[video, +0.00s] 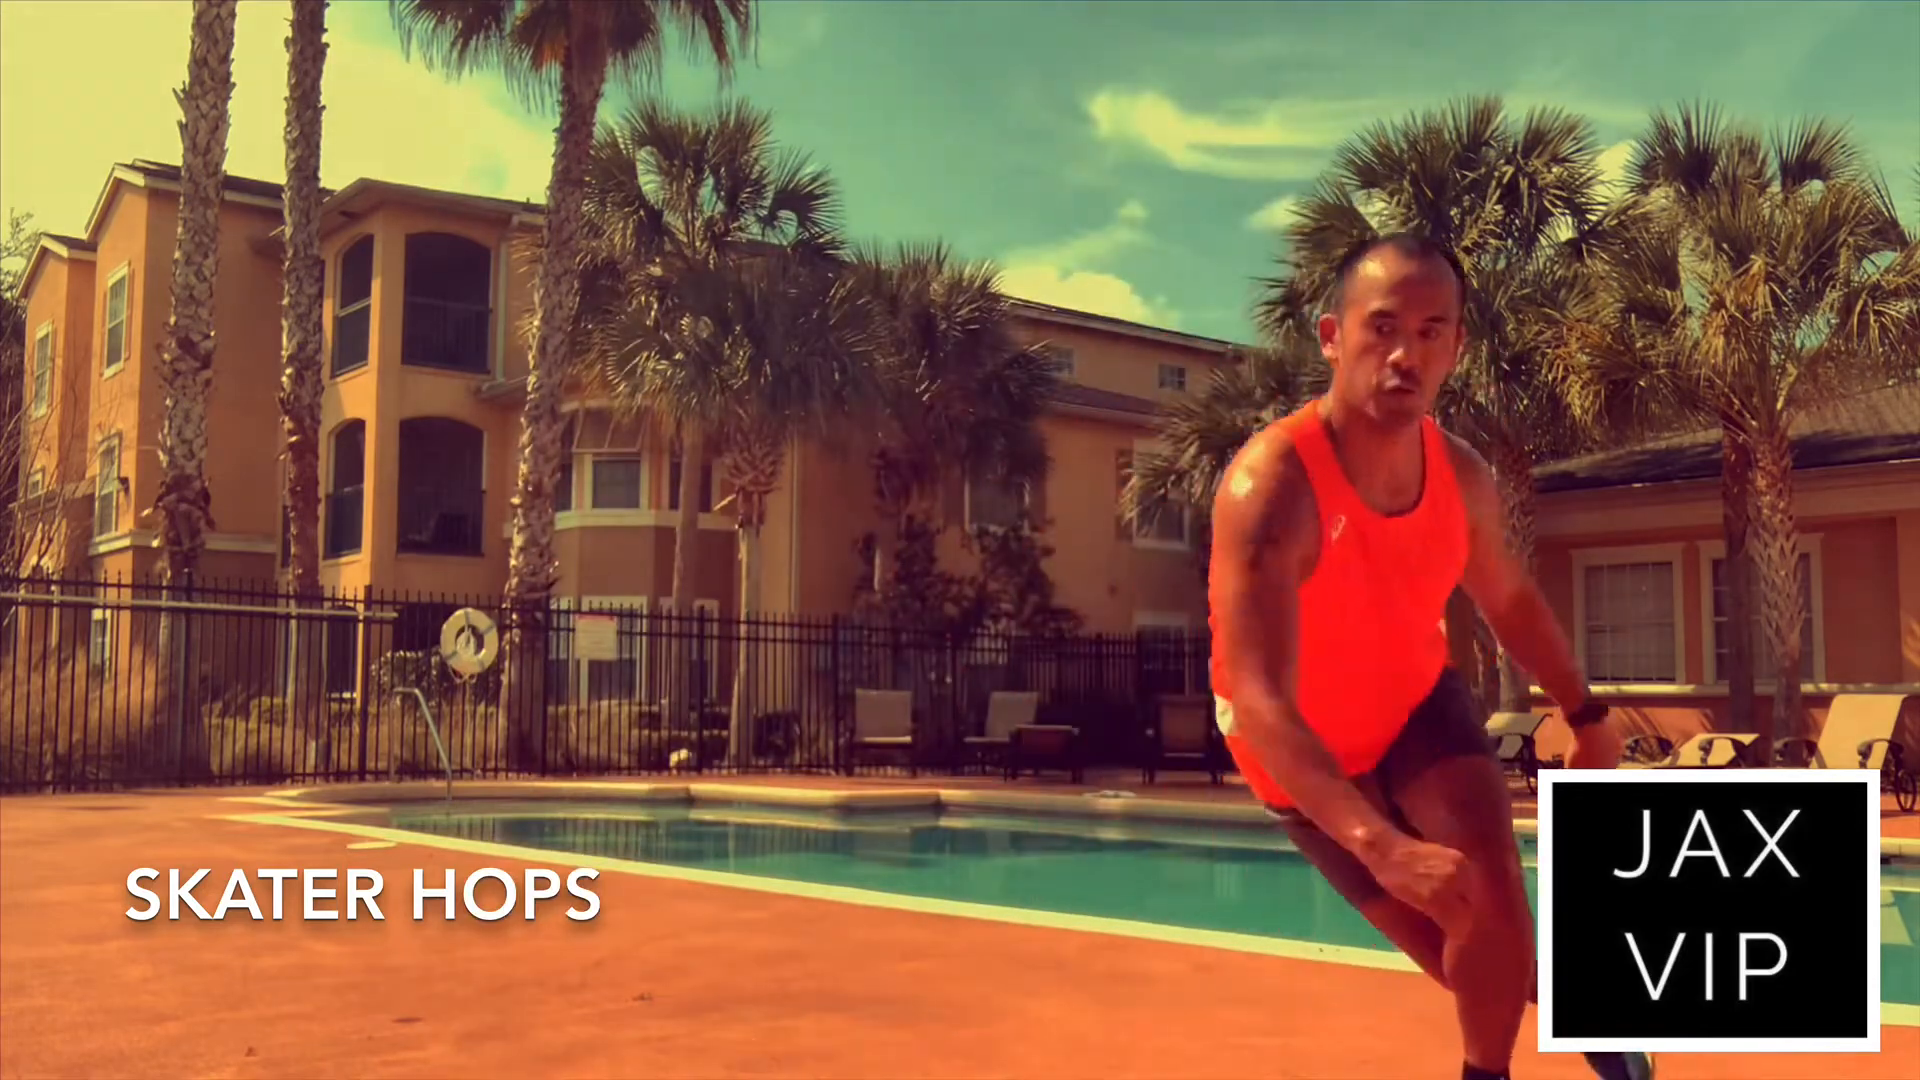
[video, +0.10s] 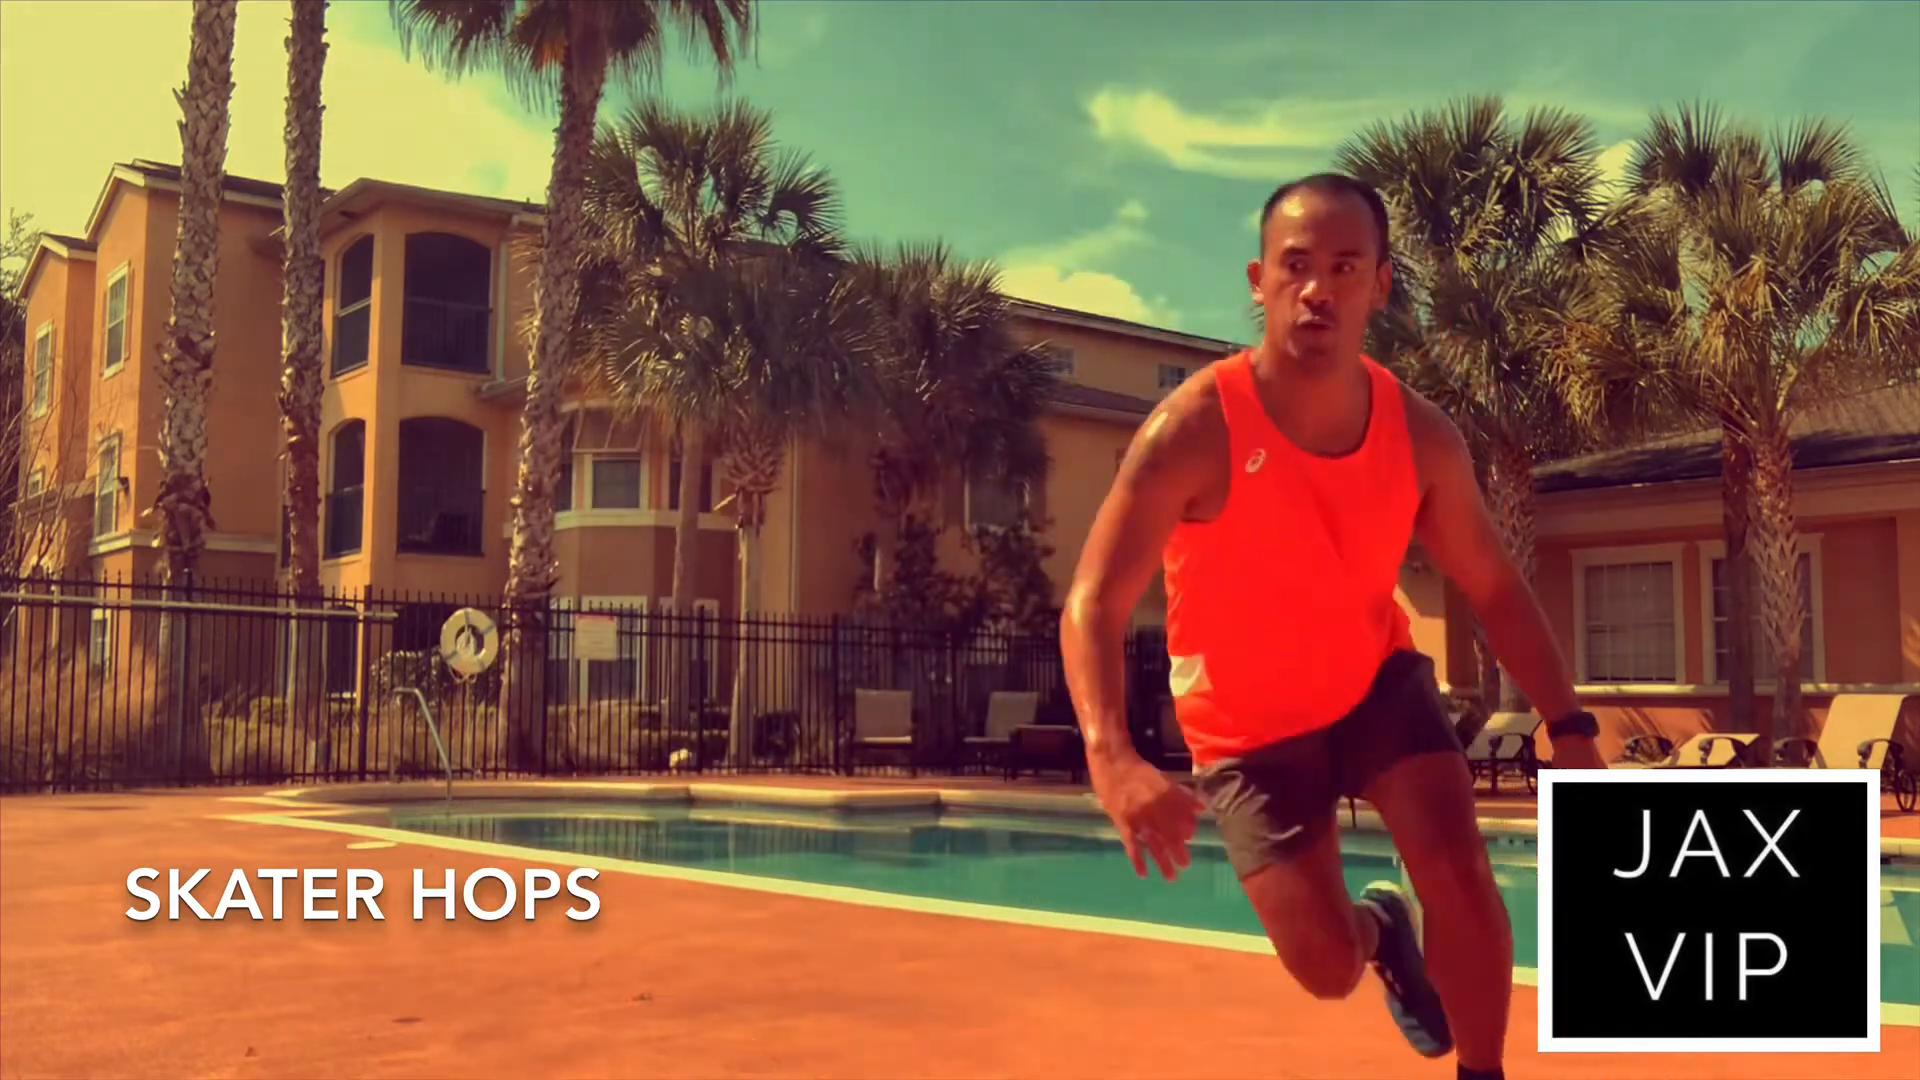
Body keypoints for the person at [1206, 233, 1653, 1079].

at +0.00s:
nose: (1406, 356)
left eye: (1430, 332)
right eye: (1381, 327)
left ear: (1457, 351)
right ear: (1331, 337)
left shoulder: (1461, 481)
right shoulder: (1268, 483)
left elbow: (1512, 603)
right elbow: (1255, 701)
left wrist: (1585, 712)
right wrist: (1378, 846)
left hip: (1415, 704)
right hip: (1300, 752)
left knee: (1491, 903)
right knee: (1452, 960)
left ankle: (1487, 1073)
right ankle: (1593, 1013)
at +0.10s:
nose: (1317, 287)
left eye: (1343, 265)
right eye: (1295, 264)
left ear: (1379, 287)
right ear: (1259, 284)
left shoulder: (1419, 438)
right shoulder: (1192, 429)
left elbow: (1493, 589)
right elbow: (1092, 606)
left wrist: (1567, 720)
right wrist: (1112, 758)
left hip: (1373, 676)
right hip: (1240, 720)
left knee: (1457, 866)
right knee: (1324, 970)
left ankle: (1483, 1071)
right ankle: (1380, 926)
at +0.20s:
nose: (1181, 236)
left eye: (1208, 213)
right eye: (1161, 214)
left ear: (1253, 230)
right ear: (1134, 231)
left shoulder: (1317, 354)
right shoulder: (1080, 362)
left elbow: (1448, 459)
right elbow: (901, 450)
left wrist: (1447, 551)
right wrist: (840, 592)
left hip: (1312, 655)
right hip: (1154, 663)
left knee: (1427, 863)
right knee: (1080, 867)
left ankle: (1483, 1069)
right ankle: (1135, 908)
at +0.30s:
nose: (1030, 174)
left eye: (1057, 152)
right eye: (1012, 149)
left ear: (1107, 155)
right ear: (988, 146)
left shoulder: (1174, 265)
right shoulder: (943, 268)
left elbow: (1312, 319)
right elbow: (775, 355)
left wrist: (1329, 431)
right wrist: (678, 494)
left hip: (1191, 603)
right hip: (1022, 595)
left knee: (1330, 813)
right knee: (856, 743)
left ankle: (1476, 1046)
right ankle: (857, 929)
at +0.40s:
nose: (875, 148)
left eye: (902, 124)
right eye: (861, 122)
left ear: (968, 122)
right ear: (845, 118)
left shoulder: (1041, 249)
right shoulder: (811, 249)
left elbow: (1194, 348)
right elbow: (680, 368)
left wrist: (1243, 459)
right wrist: (590, 510)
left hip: (1039, 572)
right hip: (868, 574)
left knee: (1189, 766)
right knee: (718, 763)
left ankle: (1319, 949)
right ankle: (601, 983)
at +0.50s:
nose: (739, 182)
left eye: (767, 156)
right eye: (726, 156)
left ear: (834, 159)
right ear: (710, 155)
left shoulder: (908, 296)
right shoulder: (669, 294)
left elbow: (1036, 432)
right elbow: (576, 434)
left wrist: (1091, 558)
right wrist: (504, 572)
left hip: (885, 599)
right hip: (726, 606)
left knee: (1042, 808)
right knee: (613, 834)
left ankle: (1040, 844)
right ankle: (480, 1063)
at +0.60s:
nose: (619, 247)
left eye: (650, 223)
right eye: (609, 220)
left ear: (720, 231)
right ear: (595, 224)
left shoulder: (791, 386)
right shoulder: (554, 368)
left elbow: (896, 548)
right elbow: (483, 498)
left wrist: (894, 677)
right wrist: (409, 626)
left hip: (758, 676)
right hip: (595, 664)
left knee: (858, 898)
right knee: (501, 873)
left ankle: (764, 809)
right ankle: (444, 1073)